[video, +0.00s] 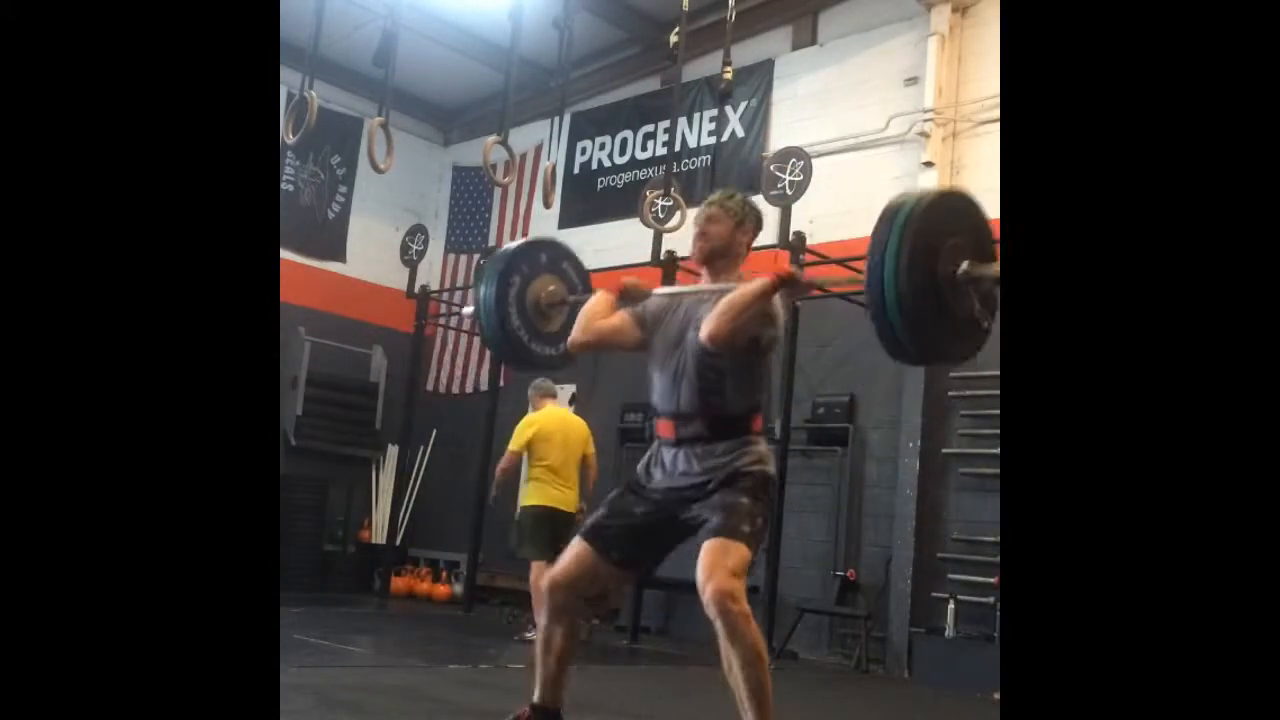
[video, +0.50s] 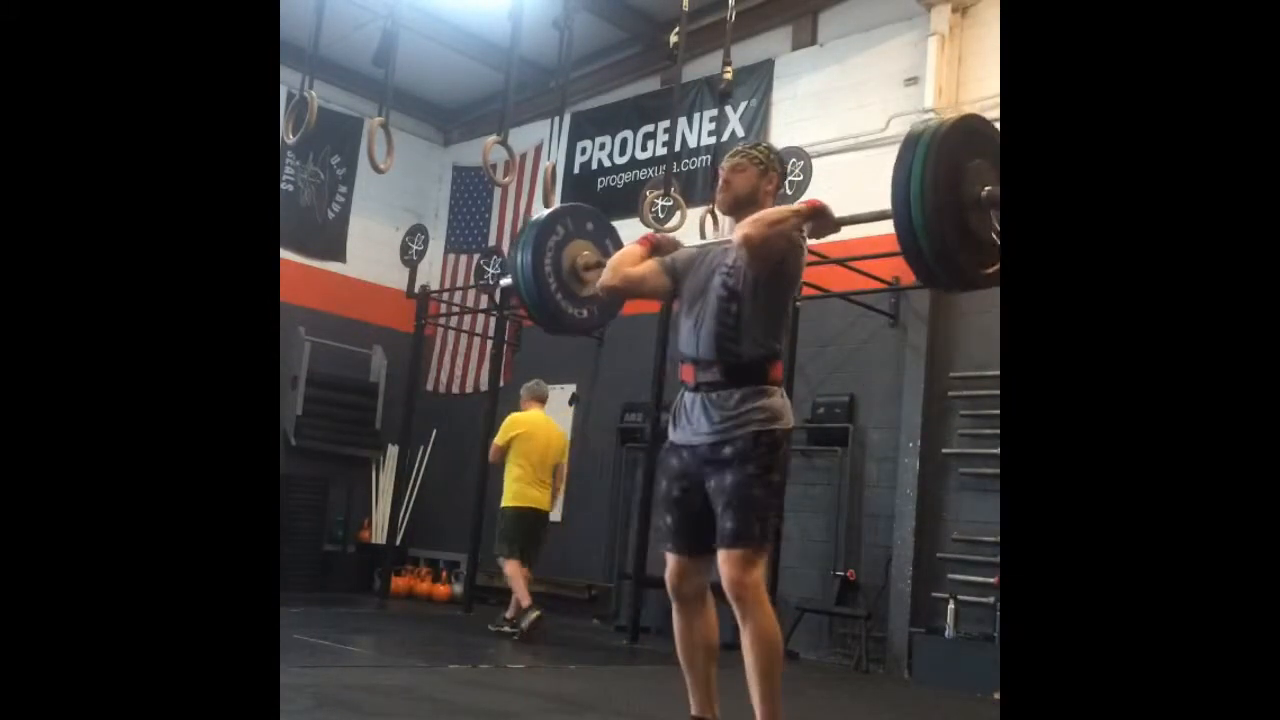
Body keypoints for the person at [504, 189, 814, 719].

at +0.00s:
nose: (699, 228)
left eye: (713, 220)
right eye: (698, 220)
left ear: (745, 233)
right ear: (695, 234)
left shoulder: (759, 299)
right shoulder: (665, 304)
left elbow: (714, 334)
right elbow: (582, 335)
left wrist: (770, 281)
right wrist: (611, 292)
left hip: (735, 463)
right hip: (664, 464)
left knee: (720, 590)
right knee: (560, 584)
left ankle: (758, 716)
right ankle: (544, 709)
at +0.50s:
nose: (724, 172)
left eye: (741, 164)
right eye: (722, 166)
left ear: (772, 184)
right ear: (718, 186)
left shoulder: (775, 242)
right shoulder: (694, 259)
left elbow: (748, 231)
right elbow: (611, 279)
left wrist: (806, 215)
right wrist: (642, 246)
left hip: (749, 417)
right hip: (688, 417)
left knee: (741, 579)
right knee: (684, 580)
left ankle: (767, 714)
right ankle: (703, 713)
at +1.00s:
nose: (711, 172)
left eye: (727, 164)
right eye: (711, 164)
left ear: (757, 180)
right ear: (707, 179)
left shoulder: (763, 246)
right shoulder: (679, 251)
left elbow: (729, 227)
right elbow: (584, 272)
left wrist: (792, 206)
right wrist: (633, 234)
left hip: (738, 422)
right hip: (673, 424)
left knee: (746, 585)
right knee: (634, 570)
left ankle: (768, 715)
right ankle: (604, 709)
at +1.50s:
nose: (687, 164)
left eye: (703, 155)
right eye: (688, 155)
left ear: (733, 172)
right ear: (684, 172)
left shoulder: (739, 236)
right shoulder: (656, 242)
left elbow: (706, 235)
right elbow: (562, 251)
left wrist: (759, 204)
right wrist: (616, 224)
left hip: (709, 415)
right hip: (644, 416)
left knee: (722, 578)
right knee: (626, 571)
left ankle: (737, 714)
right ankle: (604, 709)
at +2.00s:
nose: (691, 164)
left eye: (706, 156)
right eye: (690, 156)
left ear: (737, 173)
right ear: (682, 173)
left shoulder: (741, 237)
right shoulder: (657, 242)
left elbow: (708, 232)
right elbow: (562, 260)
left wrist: (765, 202)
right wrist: (612, 225)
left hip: (707, 417)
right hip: (641, 416)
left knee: (726, 580)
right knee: (629, 575)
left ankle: (739, 714)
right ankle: (605, 708)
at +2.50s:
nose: (687, 159)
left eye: (703, 150)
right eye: (688, 152)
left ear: (734, 169)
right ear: (684, 170)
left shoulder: (737, 232)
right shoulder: (654, 238)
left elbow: (703, 233)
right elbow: (556, 258)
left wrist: (760, 199)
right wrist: (604, 221)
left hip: (712, 414)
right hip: (645, 413)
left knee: (720, 580)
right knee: (613, 571)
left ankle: (735, 715)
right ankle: (602, 709)